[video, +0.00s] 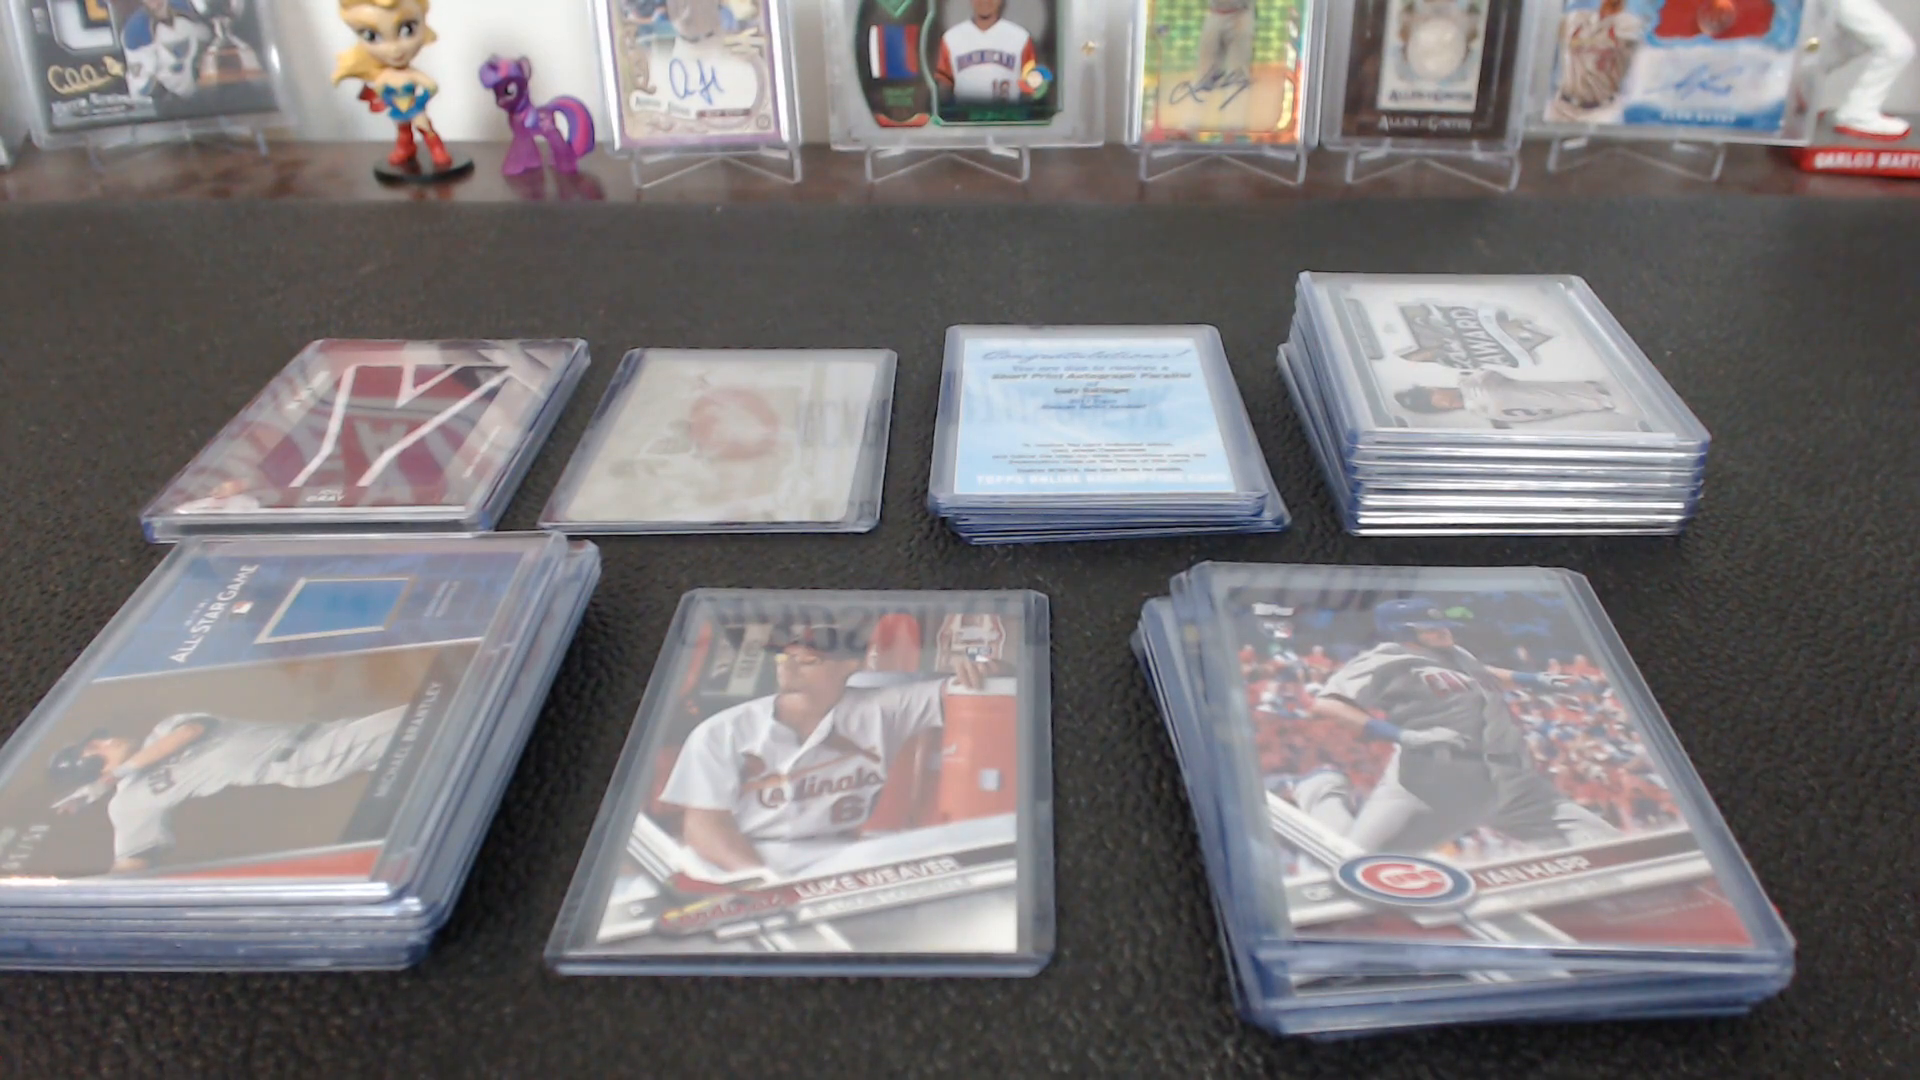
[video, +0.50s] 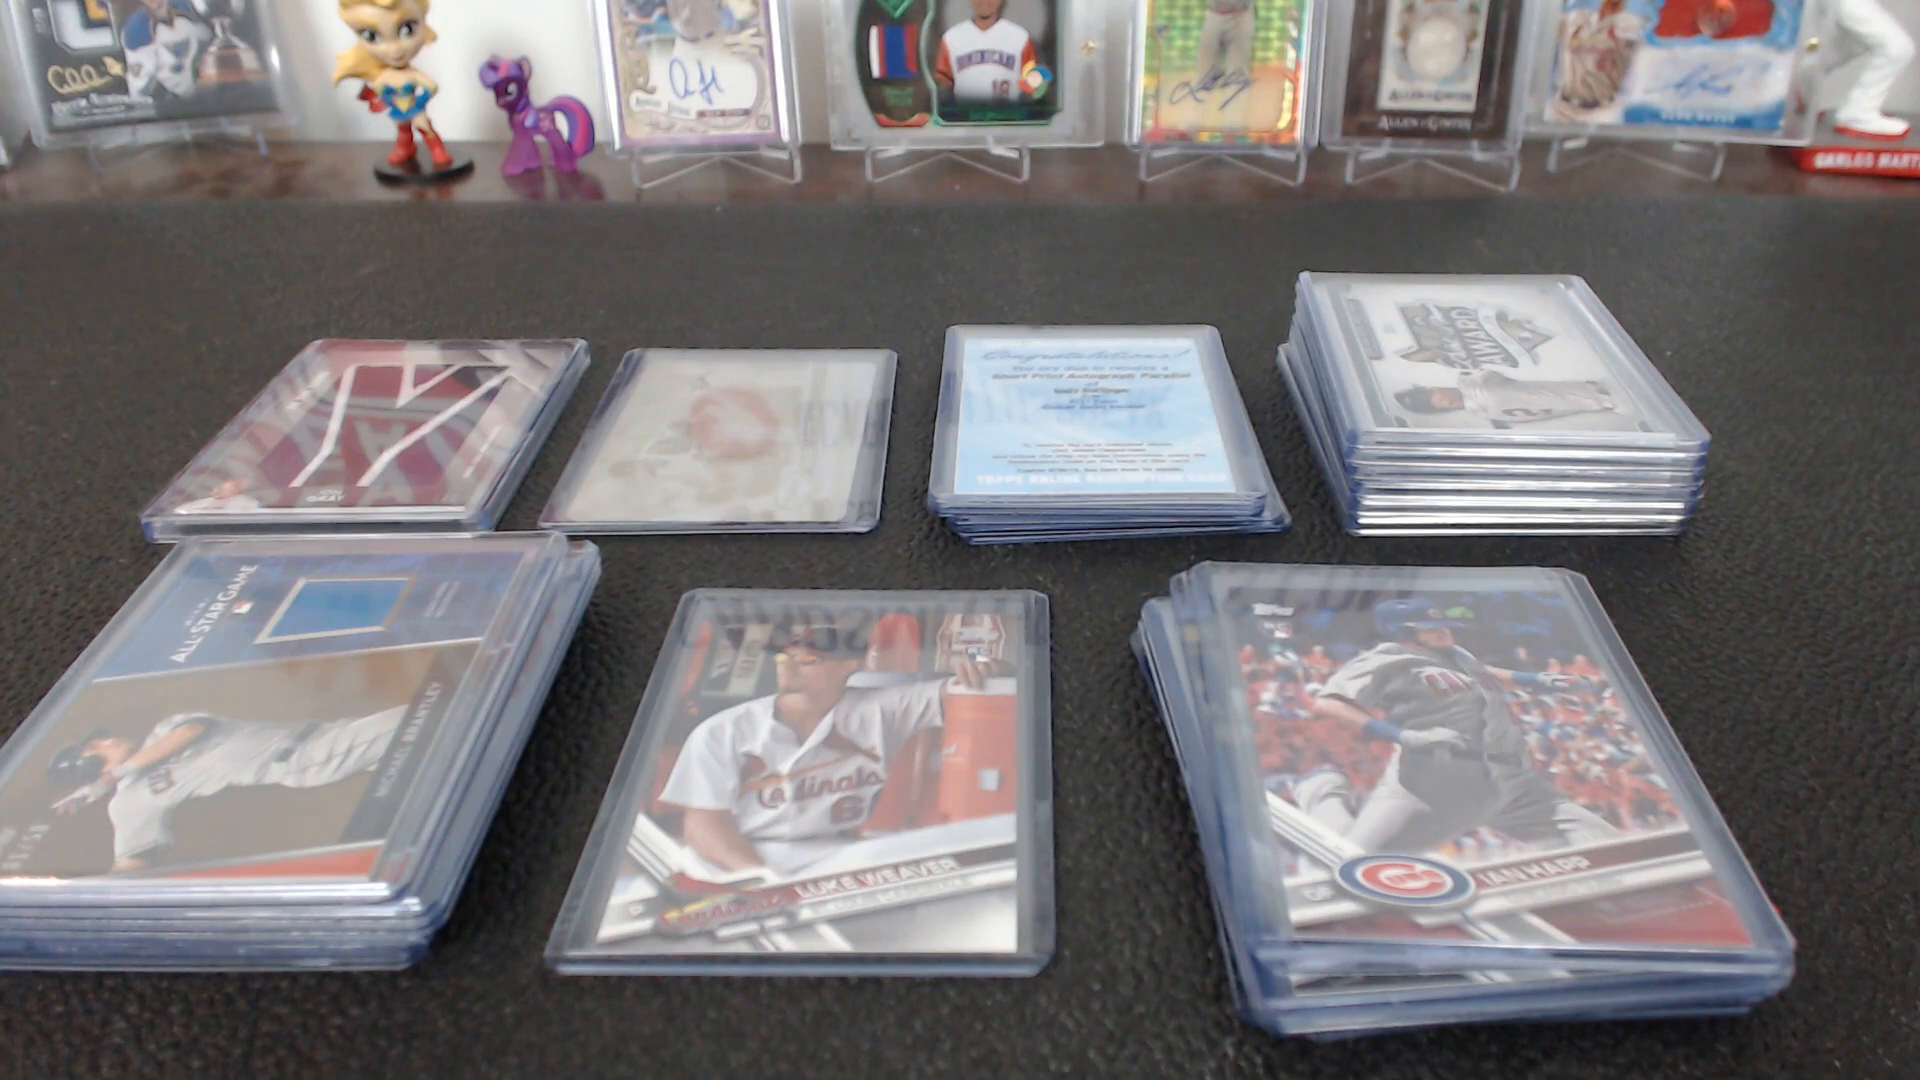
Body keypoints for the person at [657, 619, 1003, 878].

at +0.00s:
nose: (800, 654)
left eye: (821, 646)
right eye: (790, 643)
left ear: (854, 662)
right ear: (776, 655)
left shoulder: (876, 713)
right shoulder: (720, 735)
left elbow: (959, 690)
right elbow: (703, 830)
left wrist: (972, 674)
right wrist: (768, 884)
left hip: (830, 868)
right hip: (730, 873)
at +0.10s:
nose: (798, 656)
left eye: (820, 646)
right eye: (789, 644)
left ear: (853, 661)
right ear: (776, 656)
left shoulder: (877, 713)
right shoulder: (719, 735)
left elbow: (959, 690)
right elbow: (703, 830)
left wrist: (972, 673)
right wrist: (769, 884)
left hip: (829, 868)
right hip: (730, 872)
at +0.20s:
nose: (799, 655)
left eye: (820, 646)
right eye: (789, 644)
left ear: (854, 661)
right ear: (776, 656)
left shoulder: (877, 713)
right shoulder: (719, 735)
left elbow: (959, 690)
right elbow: (703, 830)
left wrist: (972, 673)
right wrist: (769, 884)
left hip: (830, 869)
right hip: (730, 873)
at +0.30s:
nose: (797, 657)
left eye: (819, 647)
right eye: (788, 645)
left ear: (853, 661)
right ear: (776, 656)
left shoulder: (876, 713)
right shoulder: (719, 735)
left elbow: (960, 689)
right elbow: (703, 829)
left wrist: (972, 671)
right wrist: (768, 884)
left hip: (829, 868)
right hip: (731, 872)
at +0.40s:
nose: (793, 658)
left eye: (815, 648)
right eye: (786, 646)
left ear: (852, 663)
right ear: (775, 656)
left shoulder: (875, 715)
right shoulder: (720, 735)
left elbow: (955, 691)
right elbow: (703, 829)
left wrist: (974, 672)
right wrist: (767, 884)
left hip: (828, 868)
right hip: (728, 873)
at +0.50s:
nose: (797, 657)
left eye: (818, 647)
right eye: (789, 644)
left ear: (853, 664)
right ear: (776, 655)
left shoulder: (875, 716)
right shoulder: (720, 735)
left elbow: (954, 691)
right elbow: (703, 828)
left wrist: (973, 674)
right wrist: (767, 883)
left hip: (827, 866)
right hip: (730, 870)